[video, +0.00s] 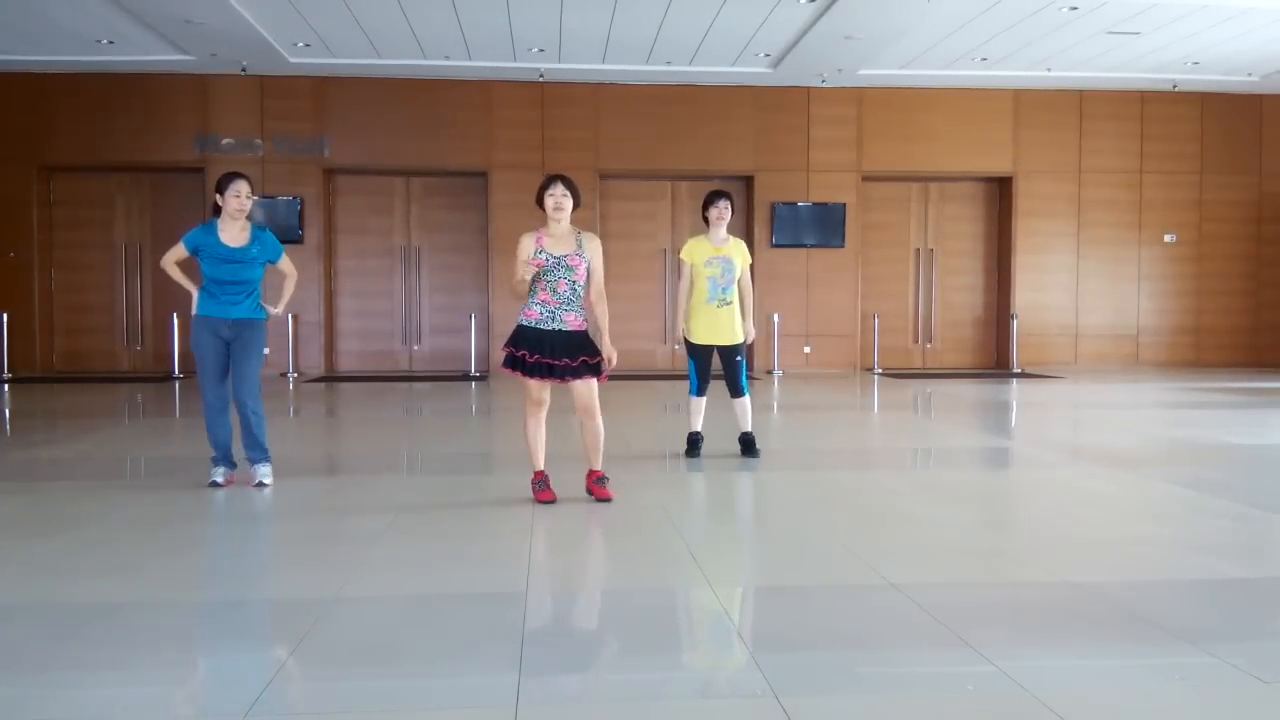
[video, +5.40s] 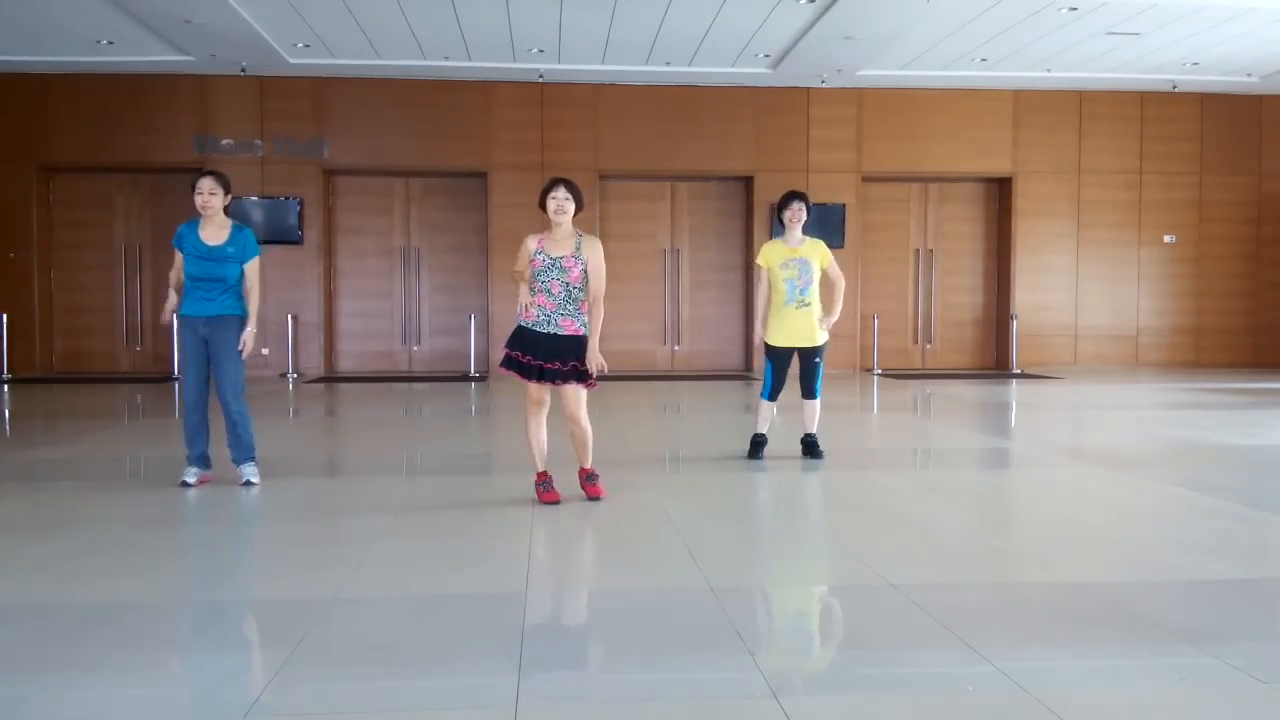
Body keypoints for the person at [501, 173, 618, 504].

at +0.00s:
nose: (558, 201)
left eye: (564, 196)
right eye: (551, 196)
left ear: (574, 203)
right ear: (542, 203)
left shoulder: (590, 242)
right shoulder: (529, 241)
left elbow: (597, 295)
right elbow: (519, 292)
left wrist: (605, 339)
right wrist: (524, 279)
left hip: (577, 335)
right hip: (536, 334)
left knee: (590, 409)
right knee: (537, 405)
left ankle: (596, 475)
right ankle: (540, 476)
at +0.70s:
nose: (575, 199)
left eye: (581, 194)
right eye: (569, 194)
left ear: (591, 201)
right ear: (559, 201)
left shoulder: (607, 239)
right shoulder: (546, 240)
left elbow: (618, 291)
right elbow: (542, 290)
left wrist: (628, 335)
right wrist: (531, 325)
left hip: (604, 334)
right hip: (563, 336)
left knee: (601, 405)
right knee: (561, 409)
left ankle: (602, 475)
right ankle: (552, 475)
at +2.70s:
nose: (583, 205)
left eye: (589, 199)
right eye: (577, 199)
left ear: (598, 205)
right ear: (567, 205)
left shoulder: (611, 246)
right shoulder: (552, 243)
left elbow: (623, 295)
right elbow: (542, 294)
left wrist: (636, 342)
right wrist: (547, 341)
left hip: (611, 336)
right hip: (571, 339)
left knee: (607, 407)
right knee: (576, 411)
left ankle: (605, 476)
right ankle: (550, 475)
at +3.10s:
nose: (572, 200)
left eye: (578, 194)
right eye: (565, 194)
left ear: (587, 201)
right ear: (555, 200)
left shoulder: (596, 243)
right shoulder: (542, 236)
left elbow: (605, 297)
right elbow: (502, 265)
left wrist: (619, 342)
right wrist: (532, 292)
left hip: (591, 334)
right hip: (555, 334)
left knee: (596, 403)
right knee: (559, 403)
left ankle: (589, 477)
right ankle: (548, 477)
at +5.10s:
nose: (562, 201)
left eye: (568, 197)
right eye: (556, 197)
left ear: (578, 204)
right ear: (546, 204)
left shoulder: (590, 246)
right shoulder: (530, 239)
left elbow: (597, 301)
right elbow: (496, 264)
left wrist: (603, 346)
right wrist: (520, 283)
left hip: (574, 337)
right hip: (534, 335)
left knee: (585, 409)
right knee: (537, 405)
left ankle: (595, 476)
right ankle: (543, 477)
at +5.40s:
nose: (559, 203)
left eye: (566, 199)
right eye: (554, 199)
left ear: (576, 206)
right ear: (544, 205)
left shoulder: (590, 245)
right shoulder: (531, 244)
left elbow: (597, 299)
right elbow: (518, 273)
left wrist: (593, 346)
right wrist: (523, 287)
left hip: (573, 338)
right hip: (534, 336)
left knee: (577, 414)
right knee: (538, 405)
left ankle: (587, 472)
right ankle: (542, 475)